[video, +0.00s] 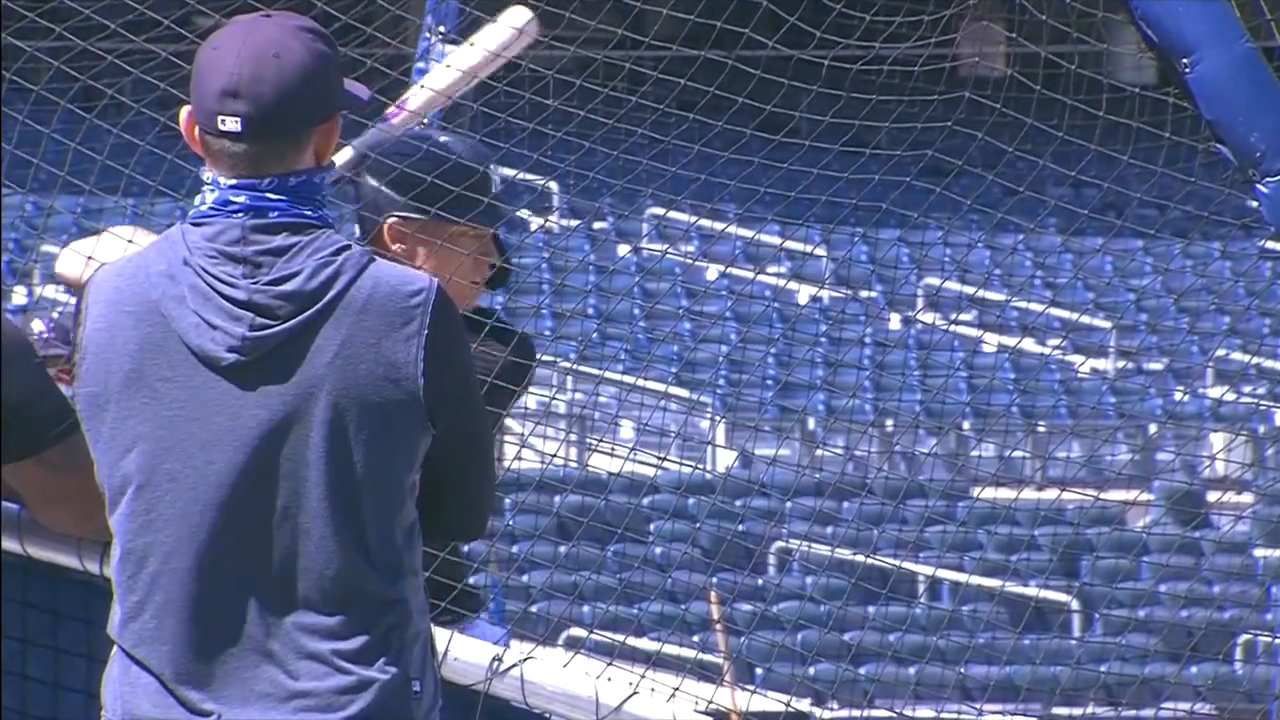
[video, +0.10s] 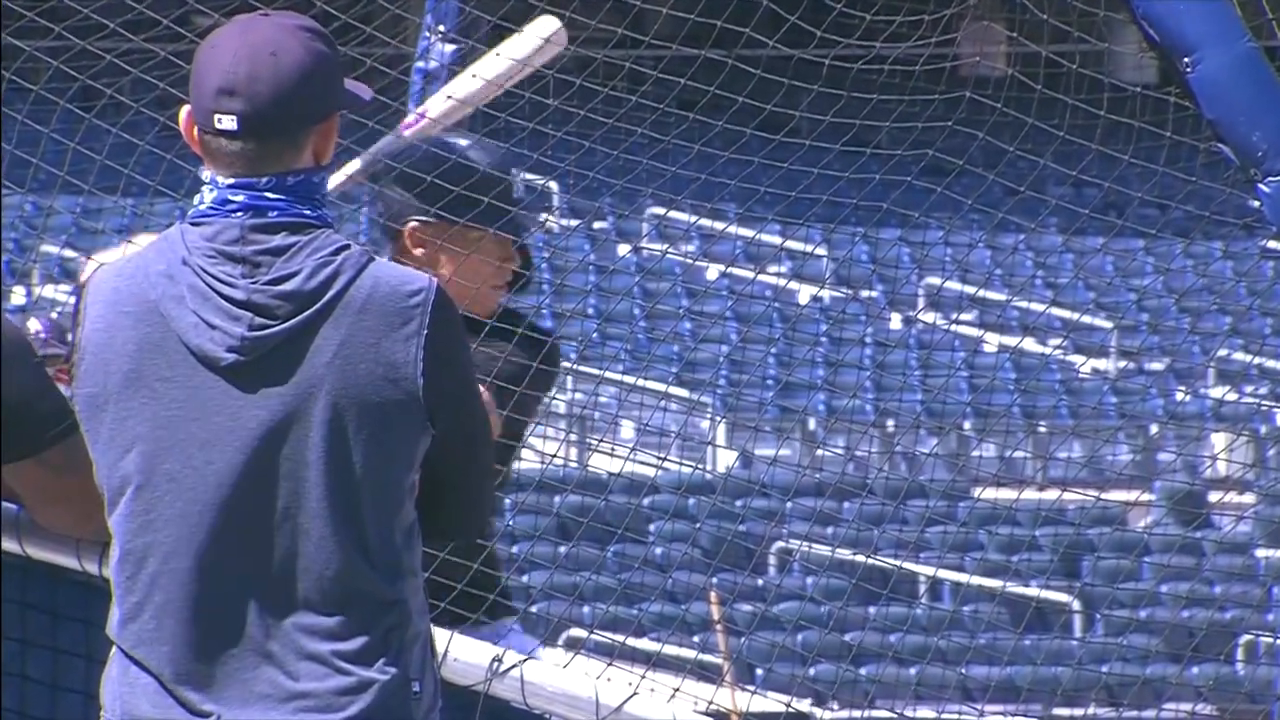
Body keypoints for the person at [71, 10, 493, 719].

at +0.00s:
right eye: (342, 127)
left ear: (189, 135)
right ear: (330, 141)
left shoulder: (110, 298)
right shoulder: (411, 307)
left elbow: (125, 478)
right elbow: (462, 508)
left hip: (150, 699)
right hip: (353, 697)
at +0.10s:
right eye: (340, 126)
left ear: (188, 134)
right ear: (328, 141)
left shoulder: (109, 294)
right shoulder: (411, 309)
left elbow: (123, 477)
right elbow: (461, 506)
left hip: (150, 699)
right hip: (352, 697)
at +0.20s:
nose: (339, 137)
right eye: (339, 125)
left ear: (188, 134)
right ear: (327, 140)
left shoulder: (108, 297)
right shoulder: (407, 306)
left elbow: (125, 479)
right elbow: (457, 509)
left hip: (148, 699)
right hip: (351, 698)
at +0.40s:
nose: (338, 138)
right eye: (339, 126)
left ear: (186, 134)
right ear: (326, 140)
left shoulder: (107, 298)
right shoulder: (410, 308)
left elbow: (122, 482)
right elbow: (457, 511)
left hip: (148, 700)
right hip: (352, 699)